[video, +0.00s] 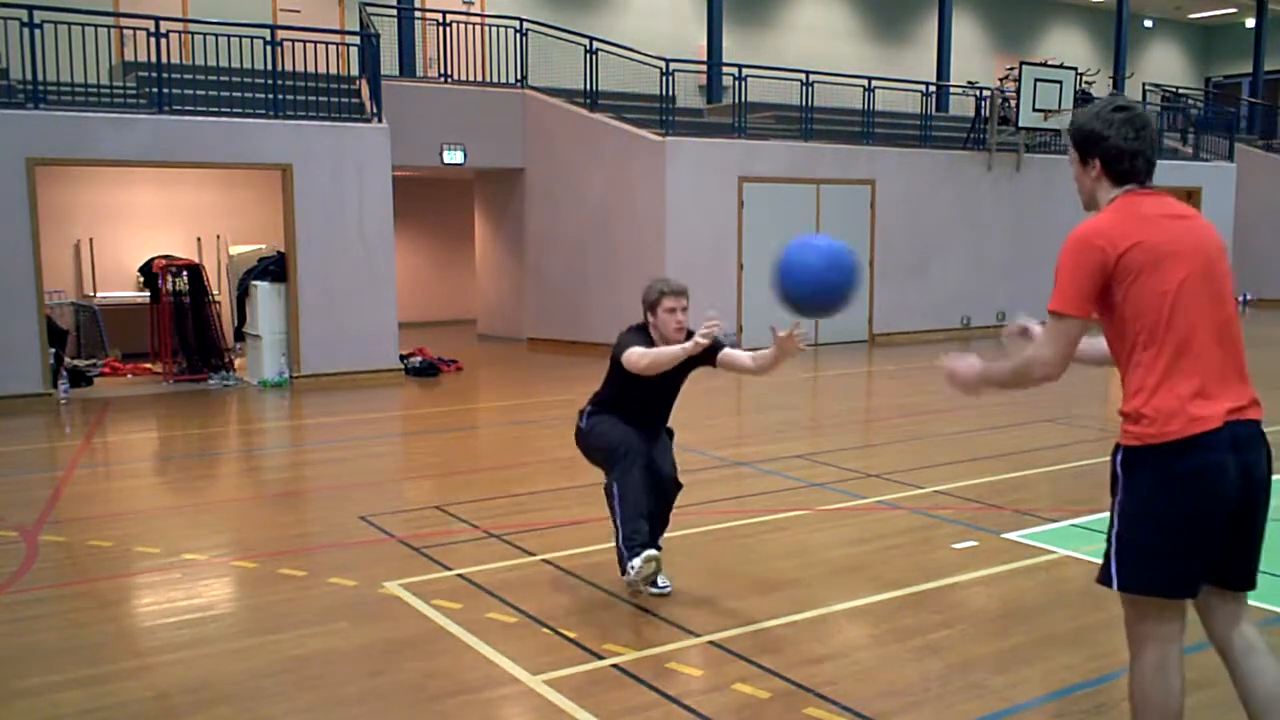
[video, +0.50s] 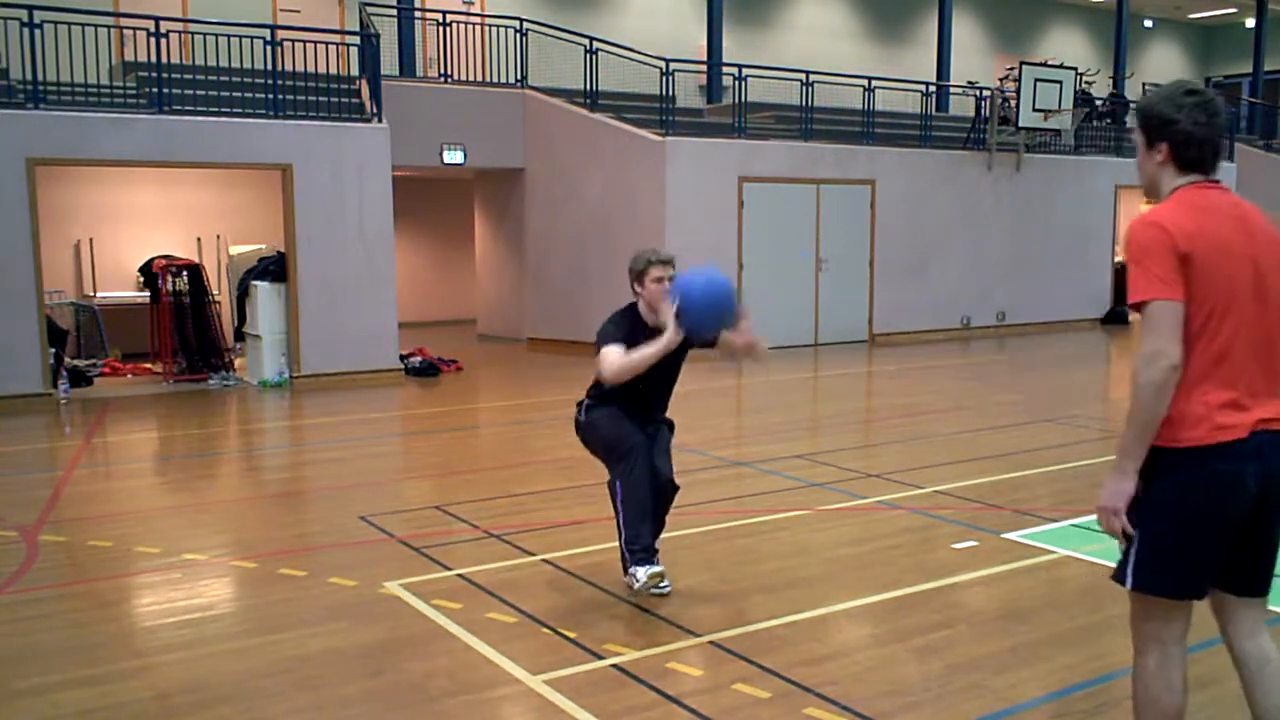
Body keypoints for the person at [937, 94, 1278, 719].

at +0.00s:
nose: (1072, 175)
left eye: (1073, 161)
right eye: (1072, 161)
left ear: (1092, 164)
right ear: (1143, 160)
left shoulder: (1096, 236)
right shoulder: (1198, 226)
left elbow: (1045, 361)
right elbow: (1148, 343)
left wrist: (980, 373)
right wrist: (1054, 343)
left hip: (1166, 457)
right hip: (1243, 448)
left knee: (1156, 634)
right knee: (1230, 616)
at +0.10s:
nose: (1078, 171)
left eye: (1079, 158)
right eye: (1077, 158)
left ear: (1098, 160)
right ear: (1150, 158)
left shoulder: (1103, 235)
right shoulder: (1206, 226)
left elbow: (1072, 365)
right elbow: (1202, 348)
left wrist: (1007, 406)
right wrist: (1098, 371)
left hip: (1161, 459)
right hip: (1239, 452)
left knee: (1150, 635)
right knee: (1221, 614)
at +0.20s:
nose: (1086, 167)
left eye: (1087, 154)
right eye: (1086, 154)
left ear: (1106, 157)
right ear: (1160, 155)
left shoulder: (1111, 234)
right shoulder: (1212, 224)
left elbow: (1107, 364)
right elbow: (1218, 353)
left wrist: (1046, 439)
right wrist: (1123, 416)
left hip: (1162, 459)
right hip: (1239, 452)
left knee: (1149, 634)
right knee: (1219, 614)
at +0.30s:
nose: (1096, 165)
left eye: (1098, 151)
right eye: (1097, 152)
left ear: (1119, 155)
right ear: (1169, 153)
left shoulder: (1124, 231)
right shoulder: (1225, 224)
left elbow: (1134, 361)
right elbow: (1240, 332)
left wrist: (1085, 458)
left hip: (1166, 463)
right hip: (1242, 455)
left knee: (1147, 631)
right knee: (1223, 616)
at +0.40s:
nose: (1113, 162)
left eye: (1116, 148)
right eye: (1114, 148)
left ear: (1138, 152)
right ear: (1184, 150)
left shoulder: (1139, 228)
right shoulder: (1241, 224)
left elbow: (1151, 357)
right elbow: (1263, 349)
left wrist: (1117, 471)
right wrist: (1249, 427)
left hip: (1177, 462)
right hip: (1253, 456)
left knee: (1151, 631)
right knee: (1231, 615)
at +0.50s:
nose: (1136, 156)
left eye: (1138, 143)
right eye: (1136, 143)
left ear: (1160, 149)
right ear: (1212, 150)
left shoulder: (1159, 226)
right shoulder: (1262, 224)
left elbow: (1162, 359)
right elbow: (1266, 338)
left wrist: (1124, 470)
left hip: (1189, 463)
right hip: (1264, 457)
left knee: (1158, 636)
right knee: (1246, 615)